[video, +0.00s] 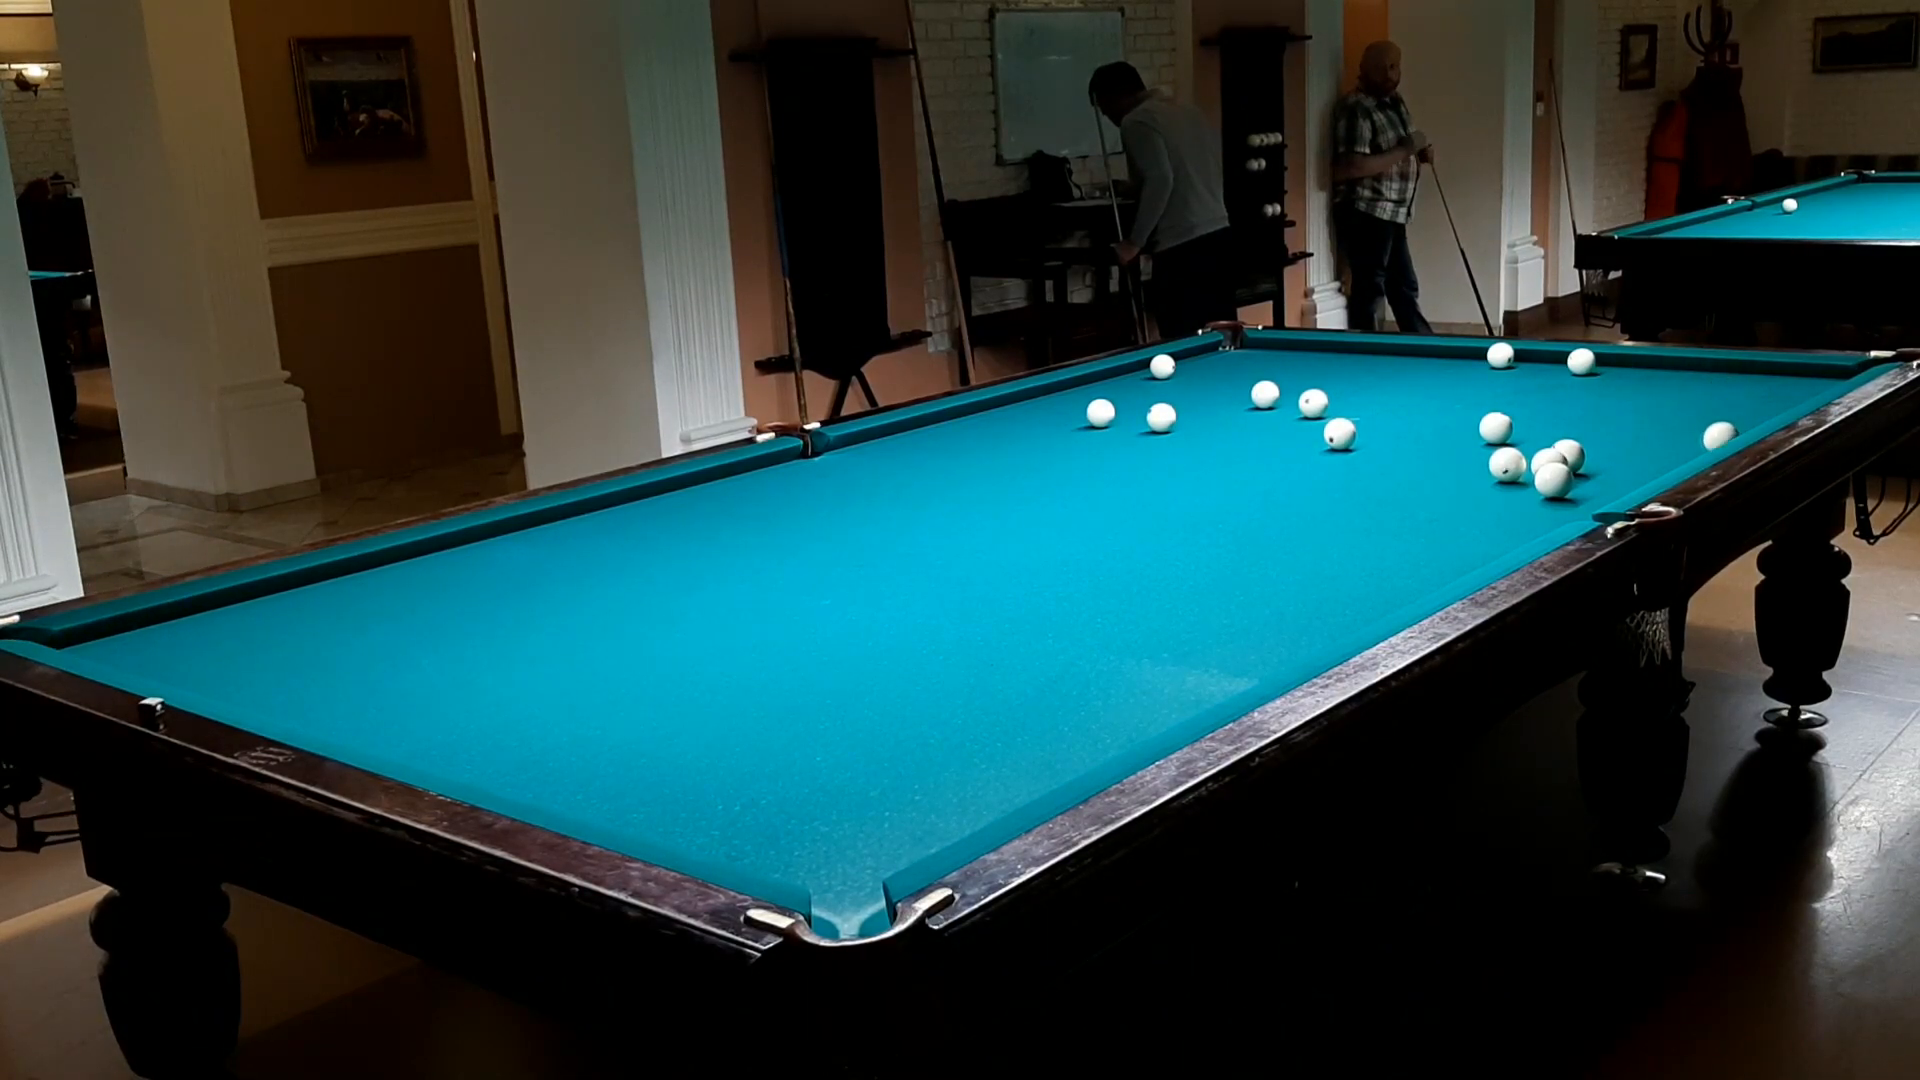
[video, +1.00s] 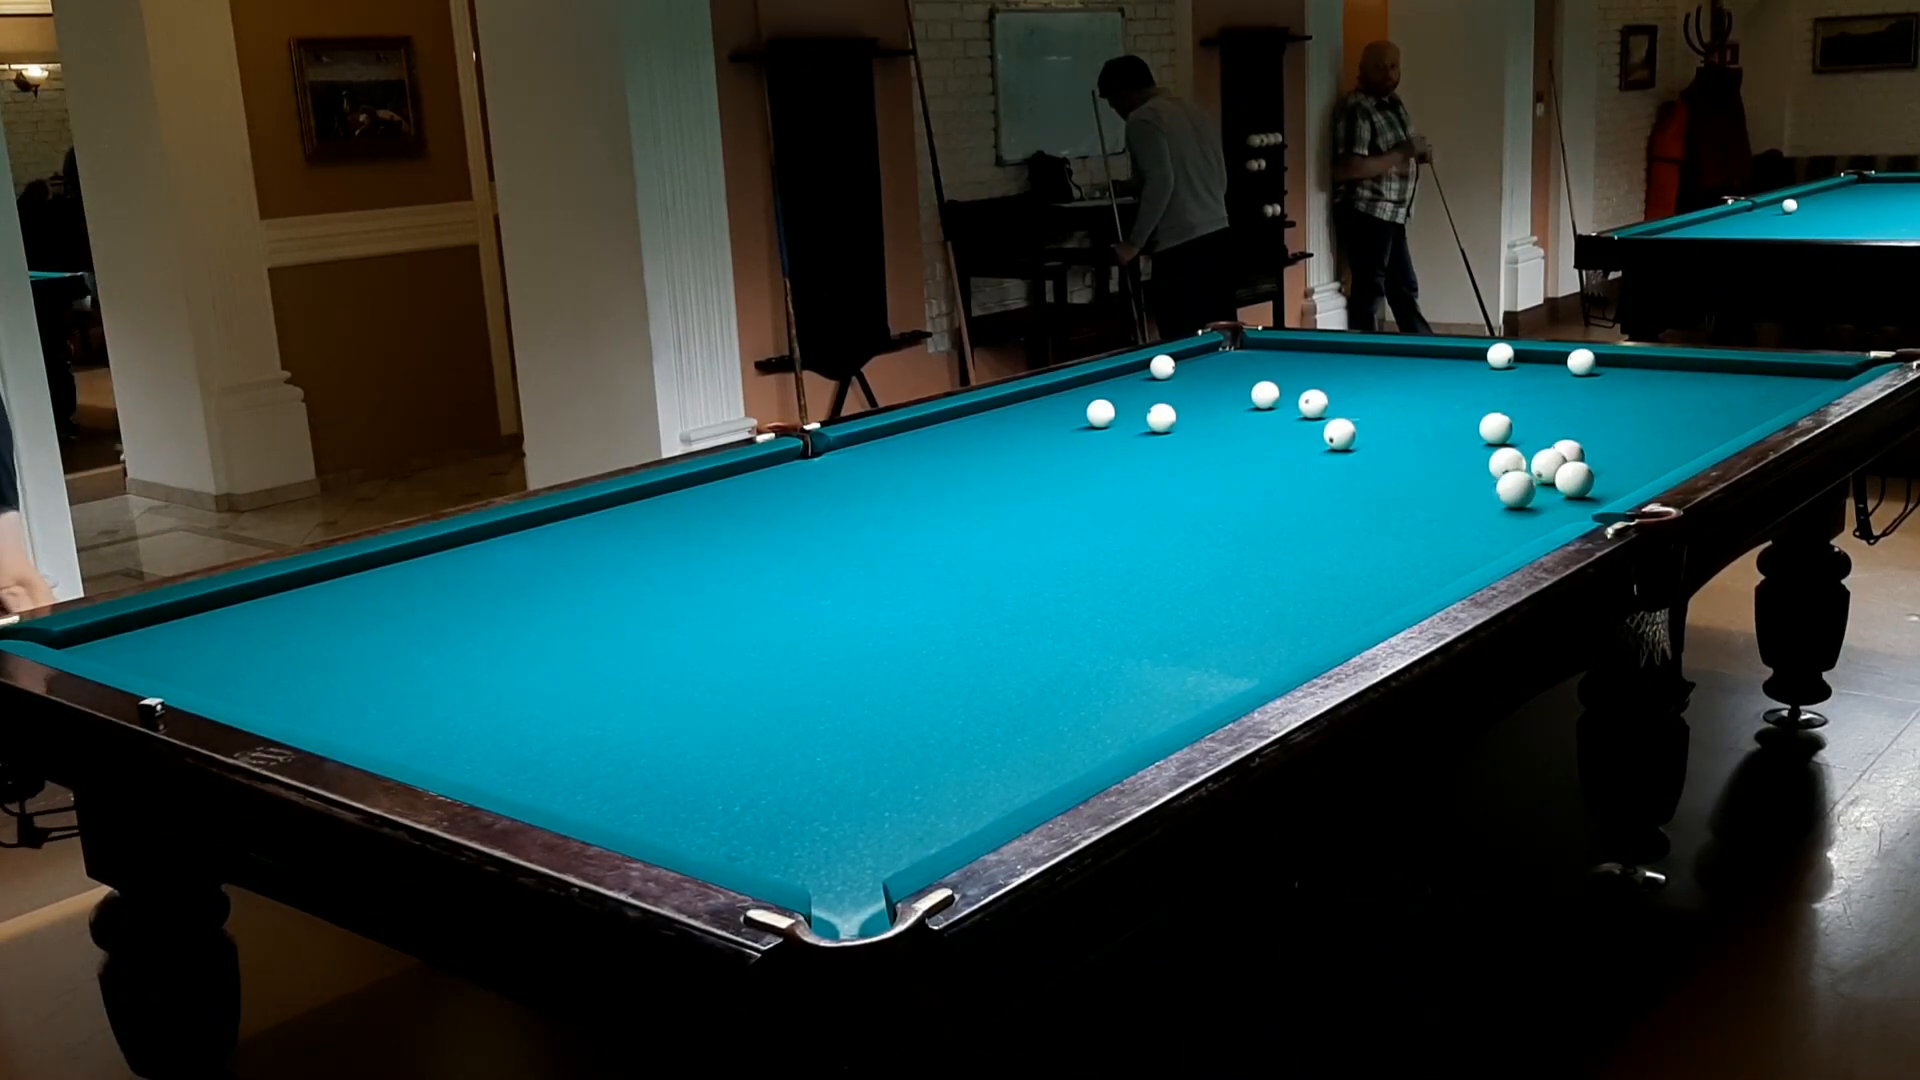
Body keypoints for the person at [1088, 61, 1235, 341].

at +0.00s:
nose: (1107, 116)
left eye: (1104, 107)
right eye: (1102, 109)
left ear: (1113, 99)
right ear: (1138, 86)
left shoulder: (1137, 122)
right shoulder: (1183, 110)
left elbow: (1159, 180)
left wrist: (1134, 243)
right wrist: (1138, 188)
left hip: (1182, 250)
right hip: (1220, 238)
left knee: (1180, 344)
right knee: (1220, 336)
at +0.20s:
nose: (1107, 114)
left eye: (1104, 106)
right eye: (1103, 108)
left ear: (1114, 99)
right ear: (1139, 86)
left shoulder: (1137, 122)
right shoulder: (1181, 109)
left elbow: (1159, 180)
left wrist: (1134, 243)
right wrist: (1137, 188)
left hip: (1182, 249)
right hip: (1219, 238)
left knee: (1181, 343)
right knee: (1221, 335)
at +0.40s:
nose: (1109, 112)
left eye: (1106, 104)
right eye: (1104, 106)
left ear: (1118, 96)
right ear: (1141, 84)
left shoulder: (1139, 122)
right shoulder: (1184, 109)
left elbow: (1159, 180)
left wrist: (1134, 243)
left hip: (1181, 250)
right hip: (1219, 238)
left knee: (1181, 344)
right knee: (1221, 335)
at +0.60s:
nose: (1111, 110)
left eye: (1109, 102)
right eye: (1107, 103)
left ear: (1120, 94)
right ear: (1144, 82)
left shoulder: (1140, 121)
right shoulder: (1188, 110)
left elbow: (1160, 181)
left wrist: (1134, 243)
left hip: (1180, 250)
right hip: (1219, 239)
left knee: (1181, 343)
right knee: (1220, 334)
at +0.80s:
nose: (1112, 109)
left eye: (1109, 100)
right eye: (1107, 102)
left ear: (1120, 94)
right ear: (1145, 82)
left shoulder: (1141, 122)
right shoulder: (1189, 110)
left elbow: (1160, 181)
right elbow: (1215, 174)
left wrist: (1133, 243)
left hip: (1180, 250)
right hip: (1219, 239)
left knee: (1180, 344)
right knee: (1220, 335)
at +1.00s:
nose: (1114, 108)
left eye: (1112, 100)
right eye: (1110, 101)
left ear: (1122, 92)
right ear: (1148, 81)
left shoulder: (1142, 121)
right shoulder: (1192, 110)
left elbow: (1160, 181)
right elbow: (1216, 176)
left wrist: (1133, 243)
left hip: (1179, 250)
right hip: (1220, 239)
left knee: (1180, 343)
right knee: (1220, 335)